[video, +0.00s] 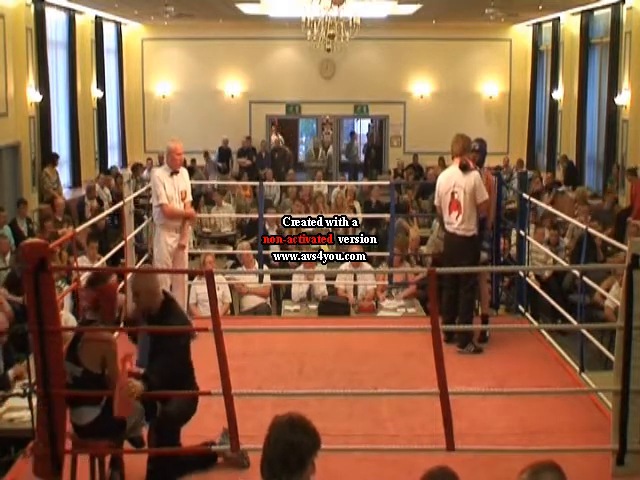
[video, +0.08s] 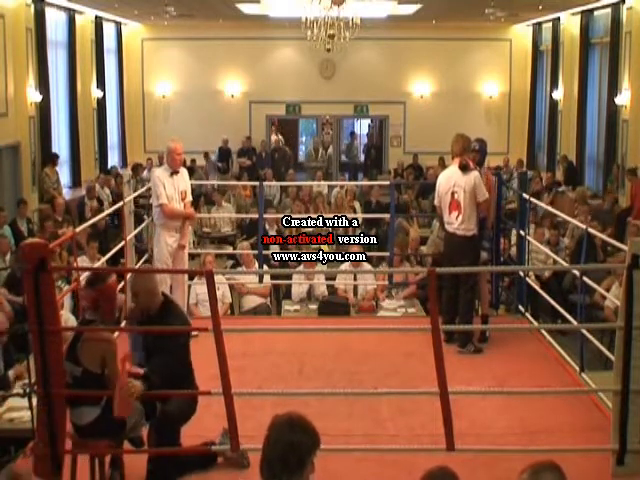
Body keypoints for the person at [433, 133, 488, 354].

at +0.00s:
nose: (470, 154)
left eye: (463, 150)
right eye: (470, 151)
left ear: (452, 152)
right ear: (469, 152)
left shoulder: (443, 176)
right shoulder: (474, 176)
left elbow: (438, 205)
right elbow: (484, 205)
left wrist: (446, 224)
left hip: (450, 235)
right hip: (469, 236)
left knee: (449, 282)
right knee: (468, 284)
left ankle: (448, 327)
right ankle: (464, 334)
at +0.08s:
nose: (470, 154)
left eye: (463, 150)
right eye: (470, 151)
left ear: (452, 152)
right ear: (469, 151)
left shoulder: (443, 176)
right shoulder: (473, 175)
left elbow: (438, 205)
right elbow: (484, 203)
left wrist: (446, 224)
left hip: (450, 235)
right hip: (469, 236)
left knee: (449, 282)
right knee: (468, 284)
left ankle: (448, 327)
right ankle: (464, 334)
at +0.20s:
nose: (469, 154)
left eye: (465, 150)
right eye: (469, 151)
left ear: (452, 152)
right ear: (469, 152)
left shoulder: (443, 176)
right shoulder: (473, 175)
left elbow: (438, 205)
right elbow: (485, 197)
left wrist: (446, 225)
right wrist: (478, 174)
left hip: (450, 235)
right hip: (468, 236)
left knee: (449, 283)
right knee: (467, 284)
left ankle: (449, 327)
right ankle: (464, 334)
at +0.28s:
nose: (471, 155)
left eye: (468, 151)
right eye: (471, 151)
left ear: (452, 152)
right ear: (469, 152)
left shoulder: (442, 176)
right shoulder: (474, 175)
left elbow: (438, 206)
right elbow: (484, 197)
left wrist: (446, 225)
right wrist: (478, 173)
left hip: (450, 235)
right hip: (468, 236)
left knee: (449, 283)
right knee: (467, 285)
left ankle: (448, 327)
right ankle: (464, 335)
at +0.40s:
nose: (470, 155)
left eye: (467, 151)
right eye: (470, 151)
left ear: (452, 152)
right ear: (469, 152)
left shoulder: (442, 176)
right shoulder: (473, 175)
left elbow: (438, 205)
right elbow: (484, 197)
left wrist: (446, 225)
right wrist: (477, 172)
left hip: (449, 235)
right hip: (468, 236)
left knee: (449, 282)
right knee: (467, 284)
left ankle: (449, 327)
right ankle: (464, 334)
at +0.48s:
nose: (471, 155)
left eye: (468, 151)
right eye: (470, 151)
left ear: (452, 152)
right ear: (468, 152)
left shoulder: (442, 176)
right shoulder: (473, 175)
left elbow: (437, 205)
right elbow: (484, 197)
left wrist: (445, 224)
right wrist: (477, 173)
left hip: (449, 235)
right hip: (468, 236)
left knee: (449, 283)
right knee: (467, 284)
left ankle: (449, 327)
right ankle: (464, 335)